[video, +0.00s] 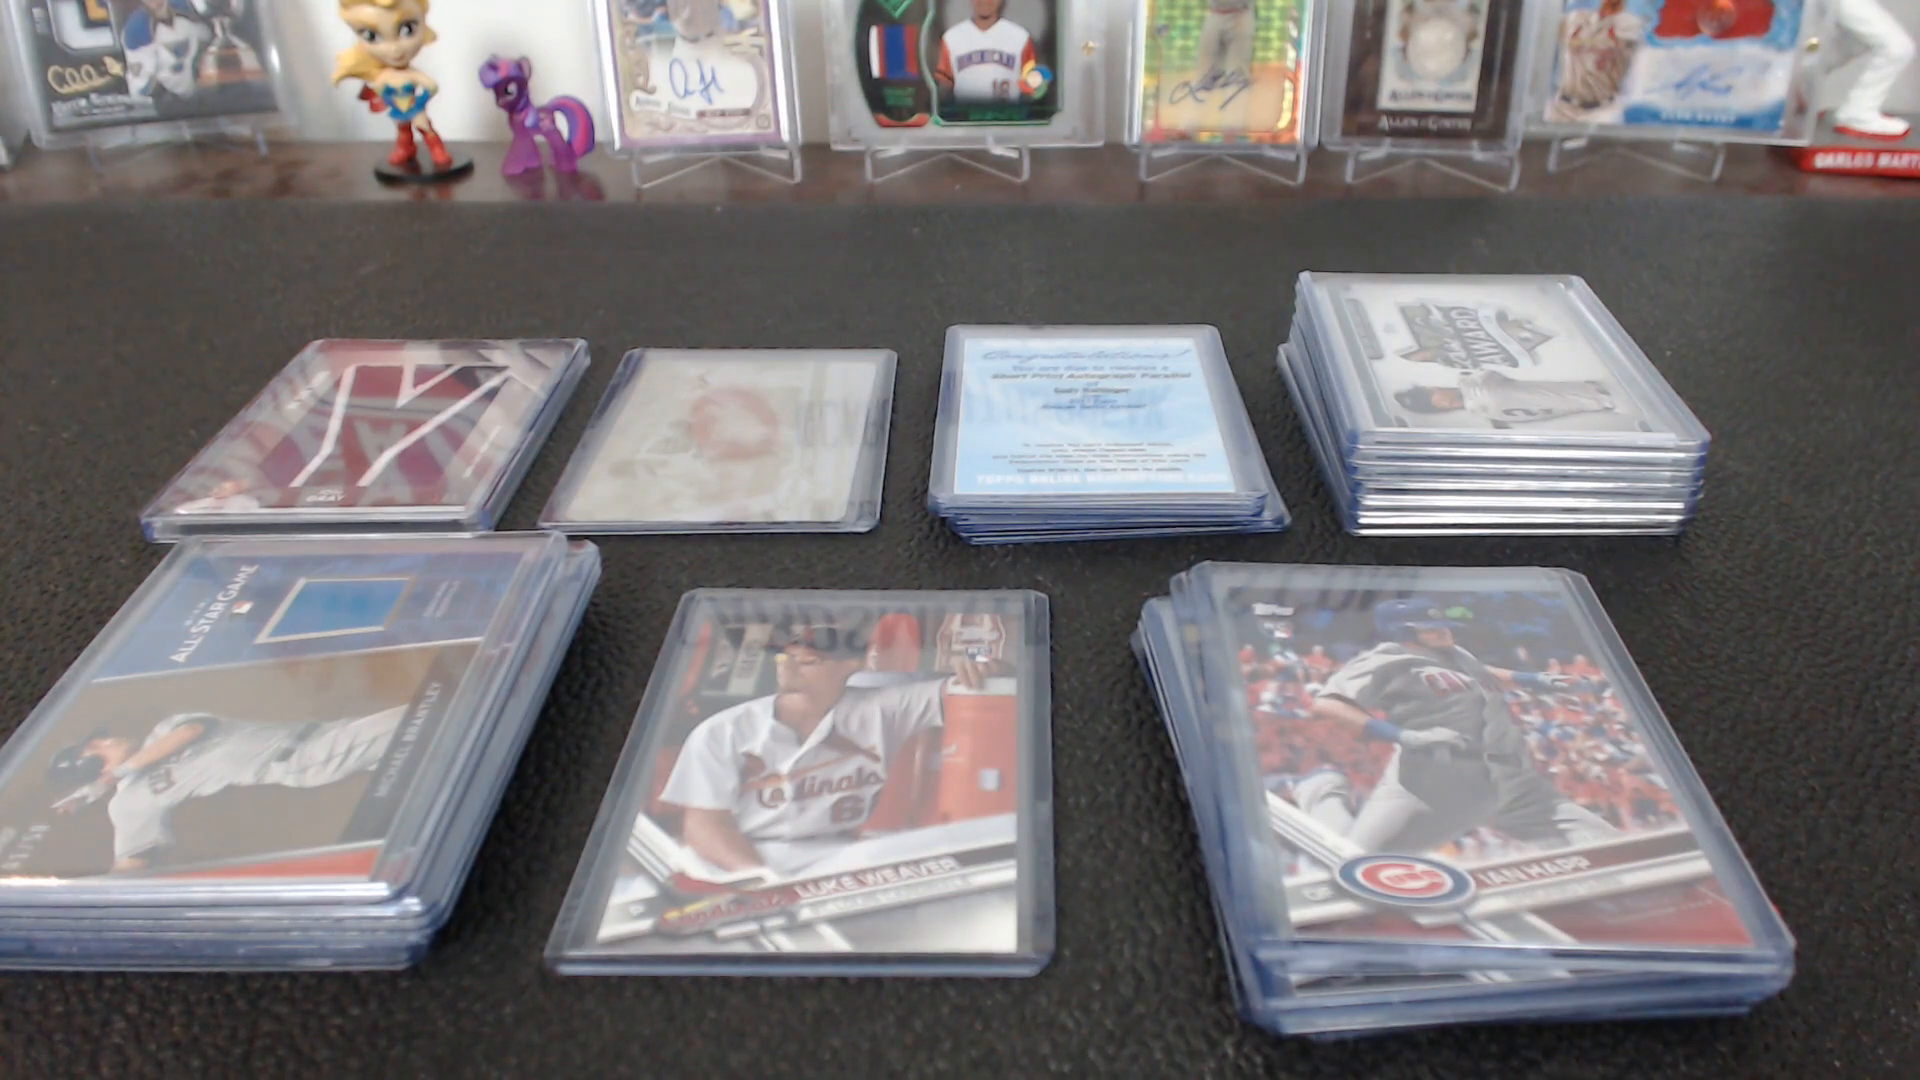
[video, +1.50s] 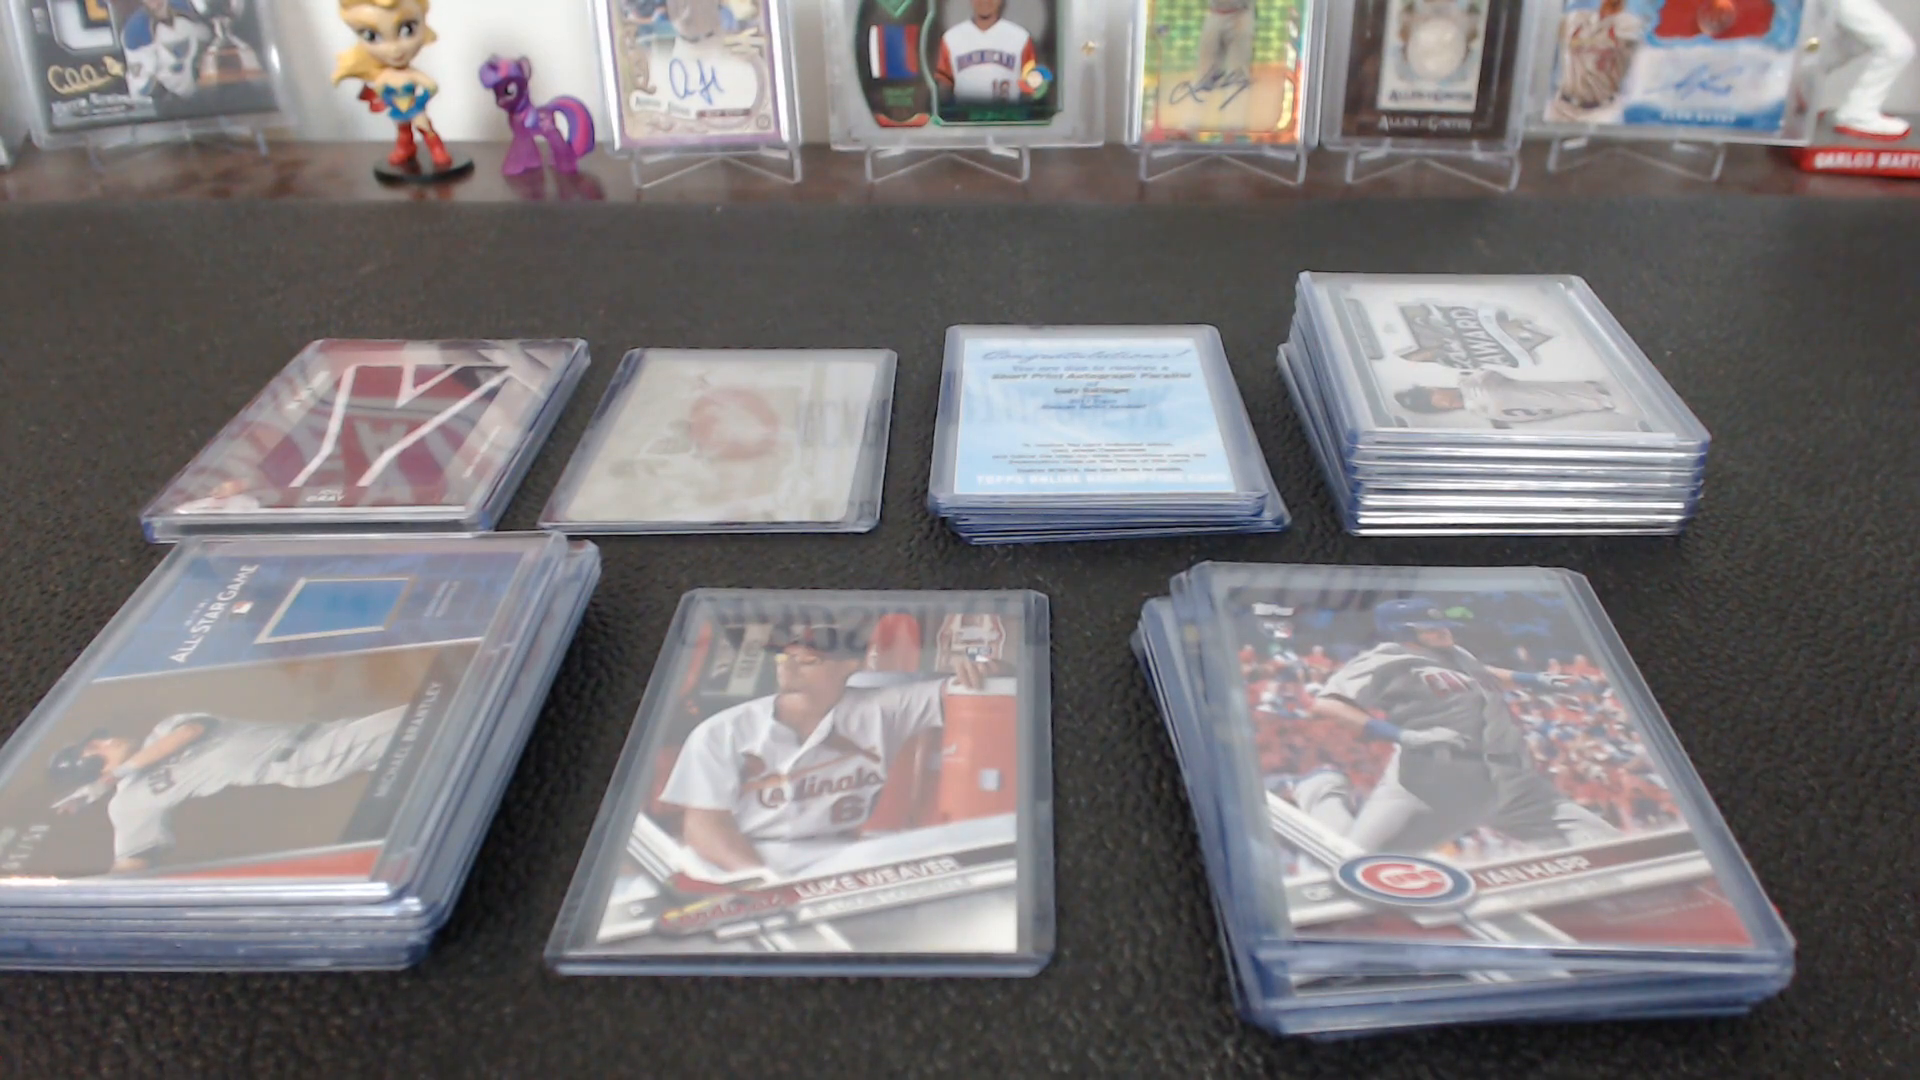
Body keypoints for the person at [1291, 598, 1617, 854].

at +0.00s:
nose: (1446, 630)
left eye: (1446, 622)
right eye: (1434, 623)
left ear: (1447, 625)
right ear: (1406, 629)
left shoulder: (1459, 657)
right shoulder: (1388, 659)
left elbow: (1490, 676)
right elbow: (1328, 704)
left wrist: (1539, 682)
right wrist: (1404, 736)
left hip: (1511, 790)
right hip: (1427, 798)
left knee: (1614, 850)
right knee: (1352, 869)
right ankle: (1321, 792)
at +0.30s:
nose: (1446, 630)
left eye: (1445, 622)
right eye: (1434, 623)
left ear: (1447, 625)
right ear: (1406, 629)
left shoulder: (1459, 657)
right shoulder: (1388, 659)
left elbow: (1490, 676)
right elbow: (1328, 704)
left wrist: (1538, 682)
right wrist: (1404, 736)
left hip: (1511, 789)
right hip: (1429, 797)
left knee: (1614, 850)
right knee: (1353, 868)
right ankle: (1321, 792)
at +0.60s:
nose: (1446, 631)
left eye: (1446, 623)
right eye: (1434, 624)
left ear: (1446, 627)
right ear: (1406, 630)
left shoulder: (1459, 657)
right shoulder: (1387, 659)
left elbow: (1490, 676)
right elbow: (1328, 704)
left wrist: (1539, 682)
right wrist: (1405, 736)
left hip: (1509, 789)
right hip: (1428, 796)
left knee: (1612, 849)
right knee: (1353, 868)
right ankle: (1321, 792)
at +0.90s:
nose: (1446, 631)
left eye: (1446, 623)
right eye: (1434, 624)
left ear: (1447, 627)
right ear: (1406, 630)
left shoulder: (1459, 657)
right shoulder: (1387, 659)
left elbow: (1490, 676)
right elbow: (1328, 704)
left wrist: (1539, 682)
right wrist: (1405, 736)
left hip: (1509, 789)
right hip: (1429, 796)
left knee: (1613, 850)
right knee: (1354, 868)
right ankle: (1321, 792)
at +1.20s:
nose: (1446, 631)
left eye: (1446, 623)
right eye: (1434, 624)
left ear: (1447, 626)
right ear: (1406, 630)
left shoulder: (1459, 657)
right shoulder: (1387, 659)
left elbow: (1490, 676)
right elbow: (1328, 704)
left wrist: (1539, 682)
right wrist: (1404, 736)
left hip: (1509, 789)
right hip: (1429, 796)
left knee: (1613, 849)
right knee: (1354, 868)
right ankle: (1321, 792)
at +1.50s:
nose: (1446, 631)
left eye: (1446, 623)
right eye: (1434, 623)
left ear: (1447, 626)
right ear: (1406, 630)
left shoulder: (1458, 657)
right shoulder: (1387, 660)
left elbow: (1490, 676)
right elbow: (1328, 704)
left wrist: (1539, 682)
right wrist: (1404, 736)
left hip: (1509, 789)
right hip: (1428, 796)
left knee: (1613, 849)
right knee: (1353, 868)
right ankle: (1321, 792)